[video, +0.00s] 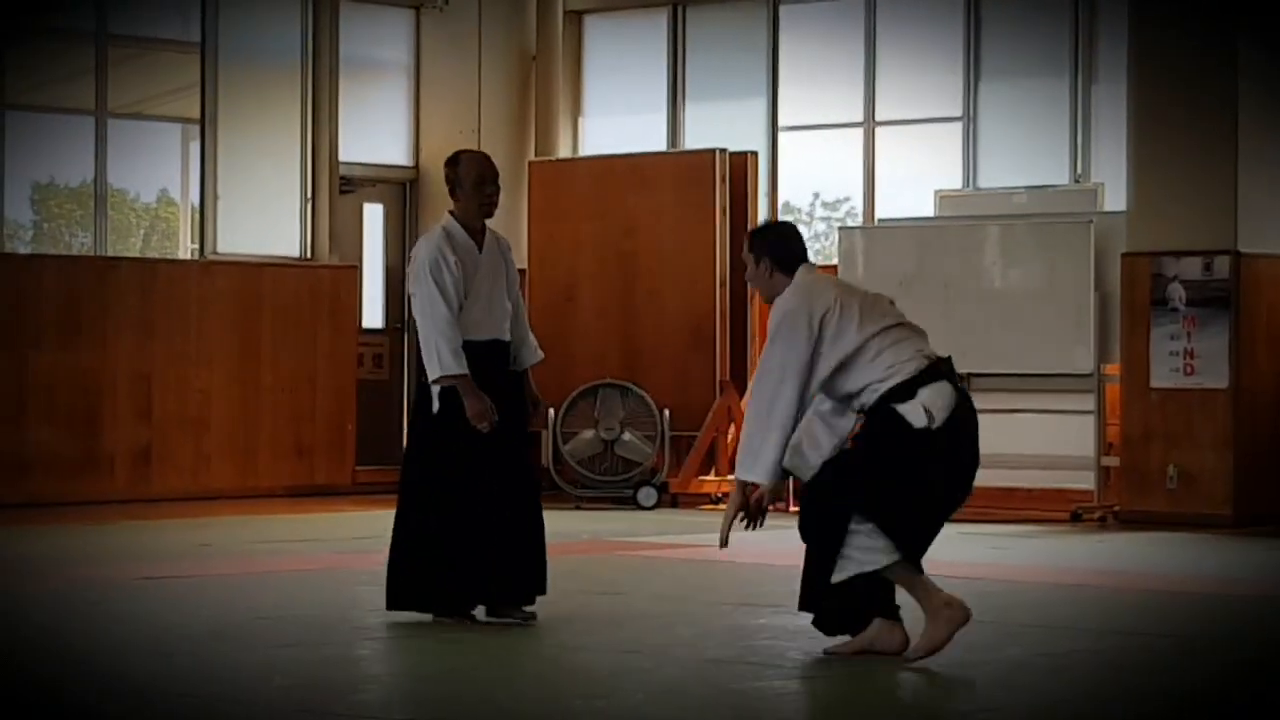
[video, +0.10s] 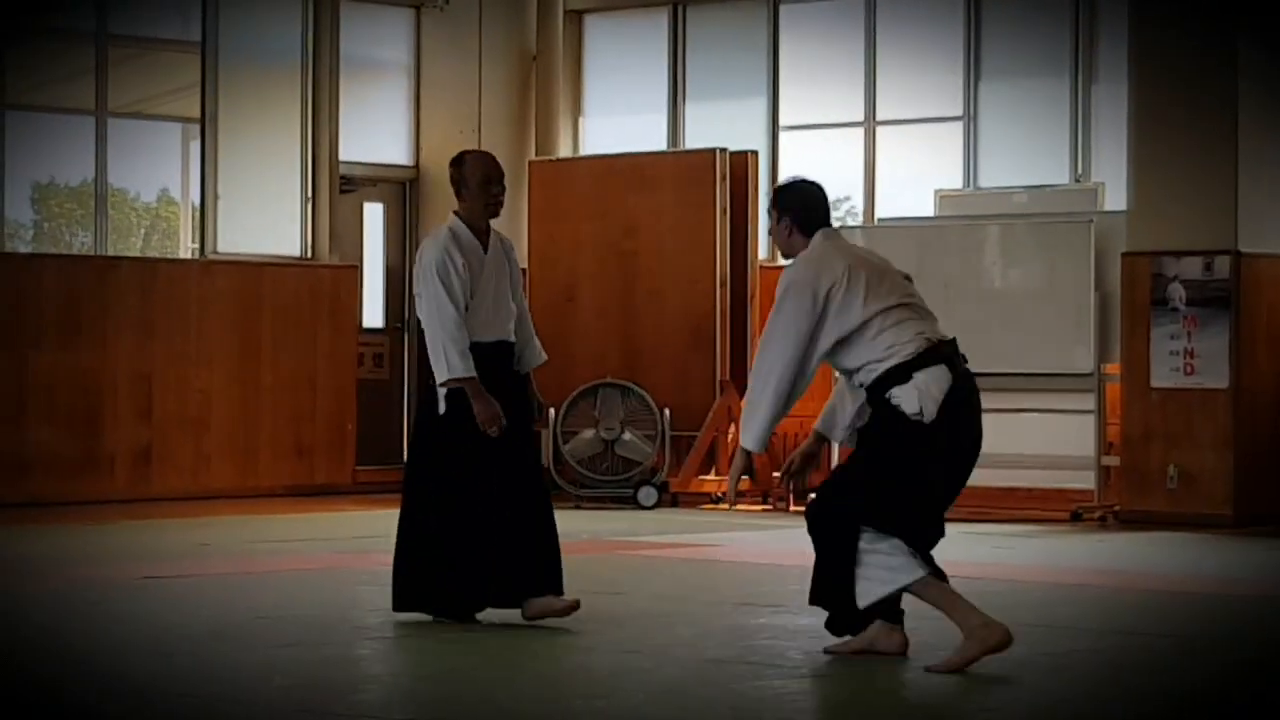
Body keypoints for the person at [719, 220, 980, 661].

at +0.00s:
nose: (746, 278)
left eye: (748, 267)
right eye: (745, 268)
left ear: (767, 265)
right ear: (796, 261)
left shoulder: (798, 302)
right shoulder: (837, 293)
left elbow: (773, 394)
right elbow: (834, 405)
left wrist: (745, 479)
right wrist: (779, 475)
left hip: (916, 412)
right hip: (939, 405)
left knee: (835, 503)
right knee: (841, 503)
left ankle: (938, 605)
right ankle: (880, 623)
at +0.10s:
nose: (773, 236)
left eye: (773, 225)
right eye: (773, 225)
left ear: (787, 224)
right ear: (822, 221)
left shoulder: (808, 271)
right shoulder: (863, 260)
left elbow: (777, 364)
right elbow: (864, 367)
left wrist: (747, 447)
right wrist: (819, 438)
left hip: (917, 398)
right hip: (947, 391)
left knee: (848, 519)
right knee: (860, 508)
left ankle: (977, 626)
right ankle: (884, 626)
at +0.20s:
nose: (793, 201)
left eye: (796, 191)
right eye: (794, 191)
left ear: (811, 194)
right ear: (847, 190)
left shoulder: (816, 247)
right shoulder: (889, 235)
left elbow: (784, 343)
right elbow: (906, 330)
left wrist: (754, 422)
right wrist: (862, 416)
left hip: (916, 382)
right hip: (955, 372)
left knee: (892, 520)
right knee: (878, 506)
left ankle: (989, 642)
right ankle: (877, 625)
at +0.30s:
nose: (810, 174)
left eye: (812, 165)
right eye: (812, 164)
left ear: (825, 167)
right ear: (863, 165)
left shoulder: (821, 225)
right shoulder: (906, 216)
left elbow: (788, 323)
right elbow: (933, 276)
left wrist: (764, 397)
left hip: (907, 374)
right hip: (956, 363)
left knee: (888, 517)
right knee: (936, 508)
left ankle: (984, 642)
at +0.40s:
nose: (823, 158)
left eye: (825, 149)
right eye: (826, 148)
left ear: (836, 152)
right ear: (877, 153)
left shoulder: (825, 212)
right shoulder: (919, 207)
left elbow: (790, 305)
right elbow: (948, 297)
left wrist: (769, 374)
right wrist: (961, 364)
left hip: (891, 367)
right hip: (946, 359)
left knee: (887, 506)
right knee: (938, 501)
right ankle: (977, 628)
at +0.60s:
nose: (826, 143)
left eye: (829, 134)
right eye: (829, 134)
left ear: (841, 140)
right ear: (880, 144)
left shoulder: (818, 205)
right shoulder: (918, 206)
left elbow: (759, 290)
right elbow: (937, 296)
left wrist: (736, 310)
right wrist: (954, 368)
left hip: (861, 372)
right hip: (923, 367)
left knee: (818, 513)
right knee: (916, 499)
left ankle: (911, 600)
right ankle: (949, 631)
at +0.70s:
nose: (810, 144)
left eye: (813, 135)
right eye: (814, 135)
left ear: (826, 140)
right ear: (865, 144)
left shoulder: (805, 202)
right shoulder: (902, 206)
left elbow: (725, 256)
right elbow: (920, 299)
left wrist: (716, 231)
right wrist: (928, 371)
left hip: (841, 368)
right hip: (905, 366)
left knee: (767, 484)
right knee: (916, 494)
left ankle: (846, 594)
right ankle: (946, 623)